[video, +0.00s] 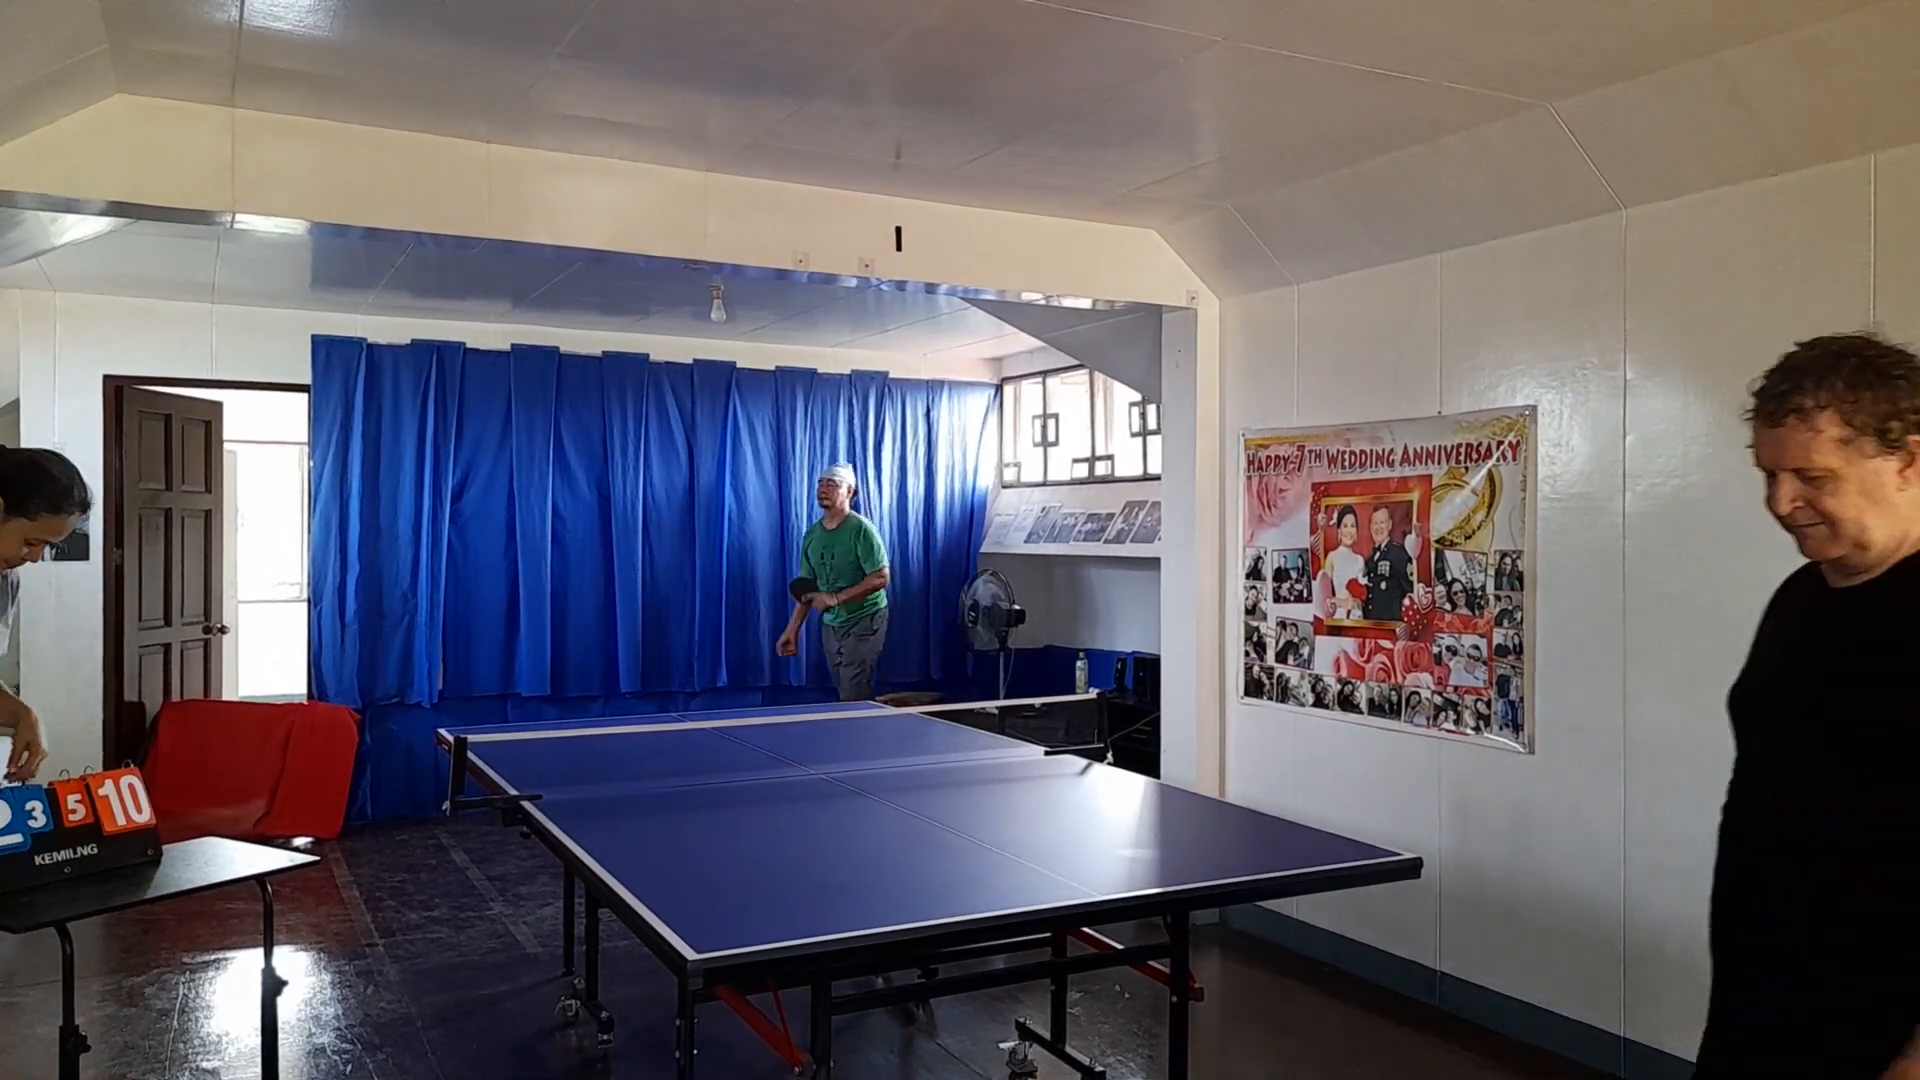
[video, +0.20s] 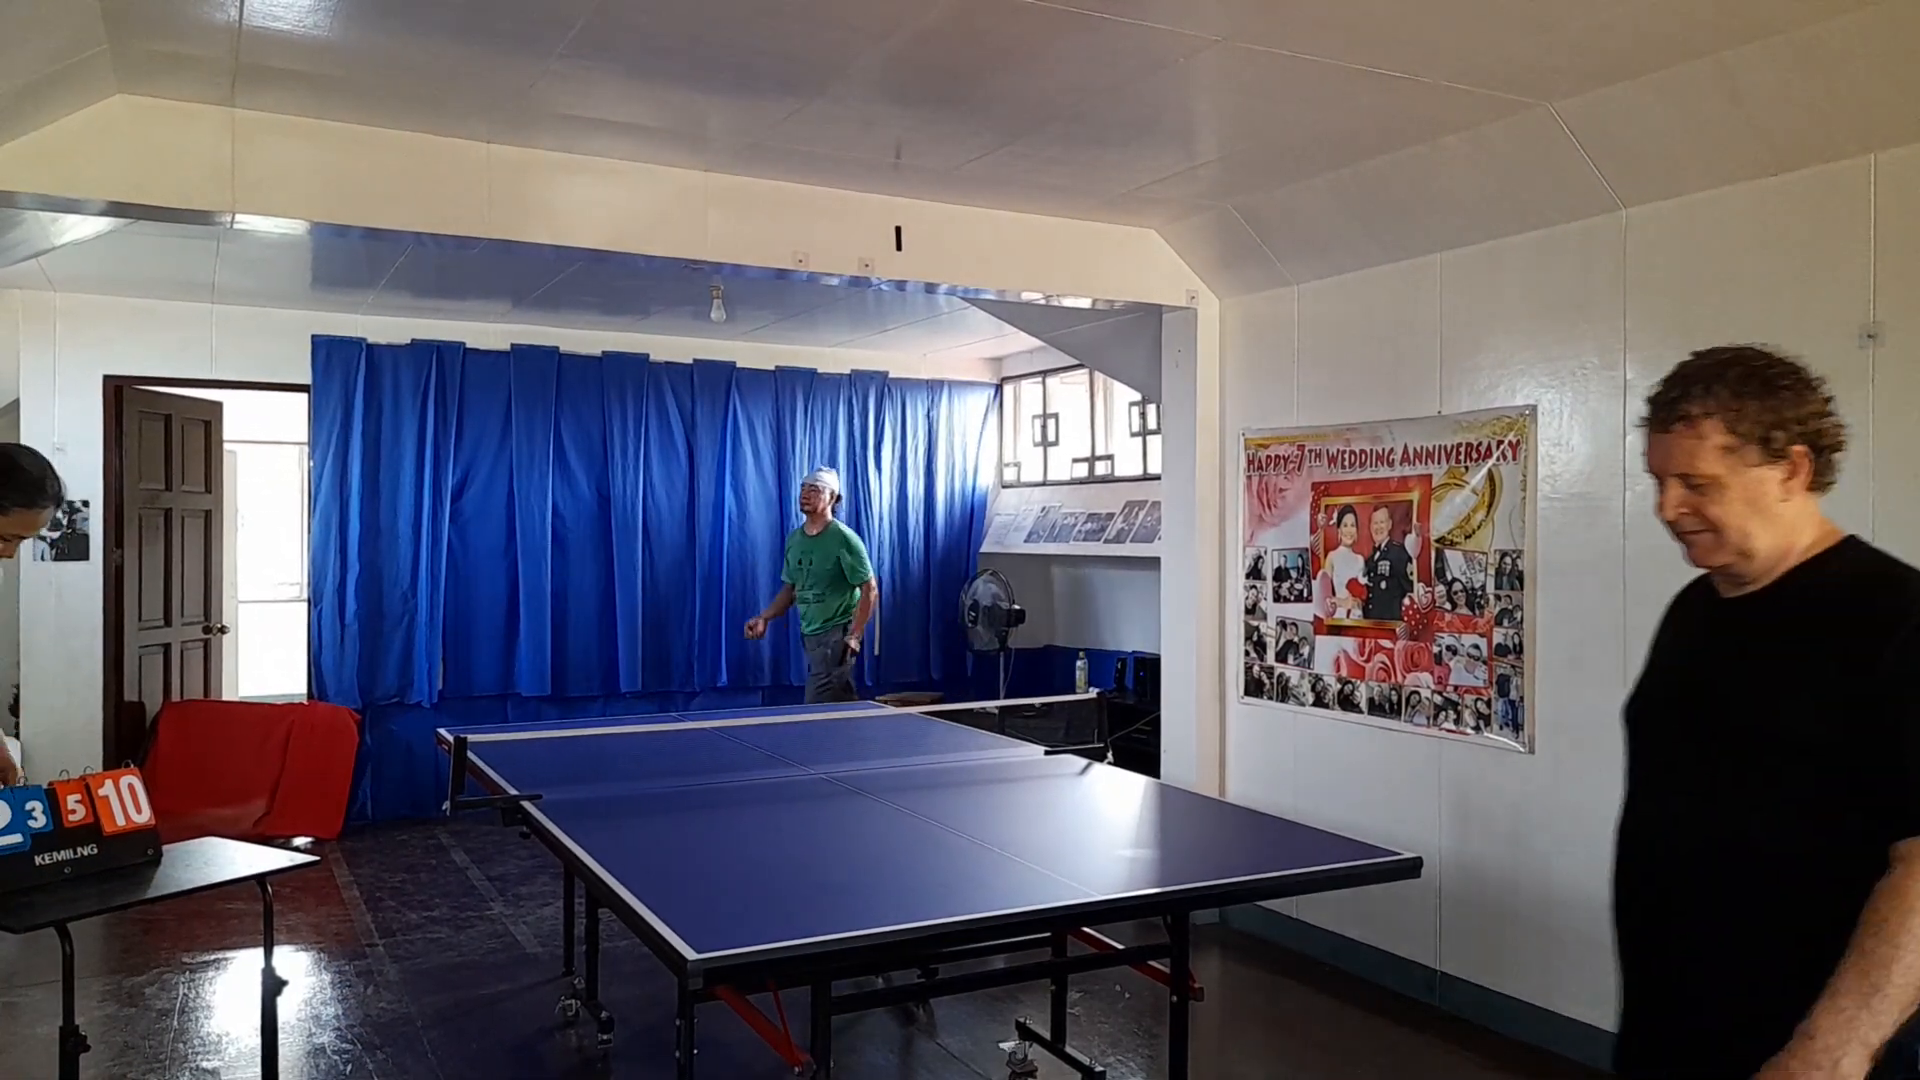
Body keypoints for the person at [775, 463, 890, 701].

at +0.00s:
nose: (823, 489)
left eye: (832, 484)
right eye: (821, 484)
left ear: (849, 492)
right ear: (816, 489)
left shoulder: (862, 530)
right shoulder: (812, 535)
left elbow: (881, 577)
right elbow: (807, 590)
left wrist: (835, 599)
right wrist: (792, 630)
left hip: (864, 620)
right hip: (831, 623)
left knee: (852, 696)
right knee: (847, 695)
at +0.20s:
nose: (806, 493)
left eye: (815, 489)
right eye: (804, 487)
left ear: (831, 498)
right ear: (799, 492)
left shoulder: (844, 538)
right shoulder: (795, 539)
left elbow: (870, 589)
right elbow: (790, 589)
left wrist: (855, 635)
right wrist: (764, 618)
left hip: (836, 636)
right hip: (811, 636)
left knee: (816, 711)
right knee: (845, 711)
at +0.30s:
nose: (797, 494)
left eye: (807, 490)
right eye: (796, 488)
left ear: (824, 500)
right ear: (792, 492)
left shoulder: (835, 540)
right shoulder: (784, 539)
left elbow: (860, 589)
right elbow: (775, 589)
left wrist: (851, 638)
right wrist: (749, 601)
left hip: (823, 634)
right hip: (795, 635)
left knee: (798, 705)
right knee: (822, 707)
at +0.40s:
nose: (789, 491)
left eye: (799, 487)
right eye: (789, 485)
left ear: (816, 497)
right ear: (785, 489)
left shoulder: (826, 538)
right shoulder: (775, 535)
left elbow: (849, 588)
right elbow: (761, 584)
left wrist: (837, 634)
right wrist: (737, 577)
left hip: (811, 631)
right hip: (780, 631)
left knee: (787, 706)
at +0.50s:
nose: (780, 488)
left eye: (790, 485)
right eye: (779, 481)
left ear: (807, 494)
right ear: (775, 483)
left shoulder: (818, 534)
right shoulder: (765, 530)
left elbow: (836, 586)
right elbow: (742, 578)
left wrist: (814, 628)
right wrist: (730, 550)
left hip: (800, 633)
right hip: (765, 633)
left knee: (785, 706)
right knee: (754, 703)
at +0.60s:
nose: (770, 488)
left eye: (780, 485)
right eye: (769, 482)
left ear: (798, 492)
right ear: (765, 484)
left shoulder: (809, 532)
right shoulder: (753, 527)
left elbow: (821, 585)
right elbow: (723, 568)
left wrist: (789, 620)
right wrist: (727, 531)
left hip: (793, 635)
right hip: (755, 630)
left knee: (793, 714)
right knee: (738, 702)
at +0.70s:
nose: (761, 494)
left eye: (770, 489)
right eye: (758, 486)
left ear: (787, 495)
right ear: (753, 488)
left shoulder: (798, 535)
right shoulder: (744, 530)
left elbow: (805, 589)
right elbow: (707, 564)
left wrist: (763, 616)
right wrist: (725, 521)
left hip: (783, 638)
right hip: (743, 637)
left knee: (794, 719)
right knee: (729, 716)